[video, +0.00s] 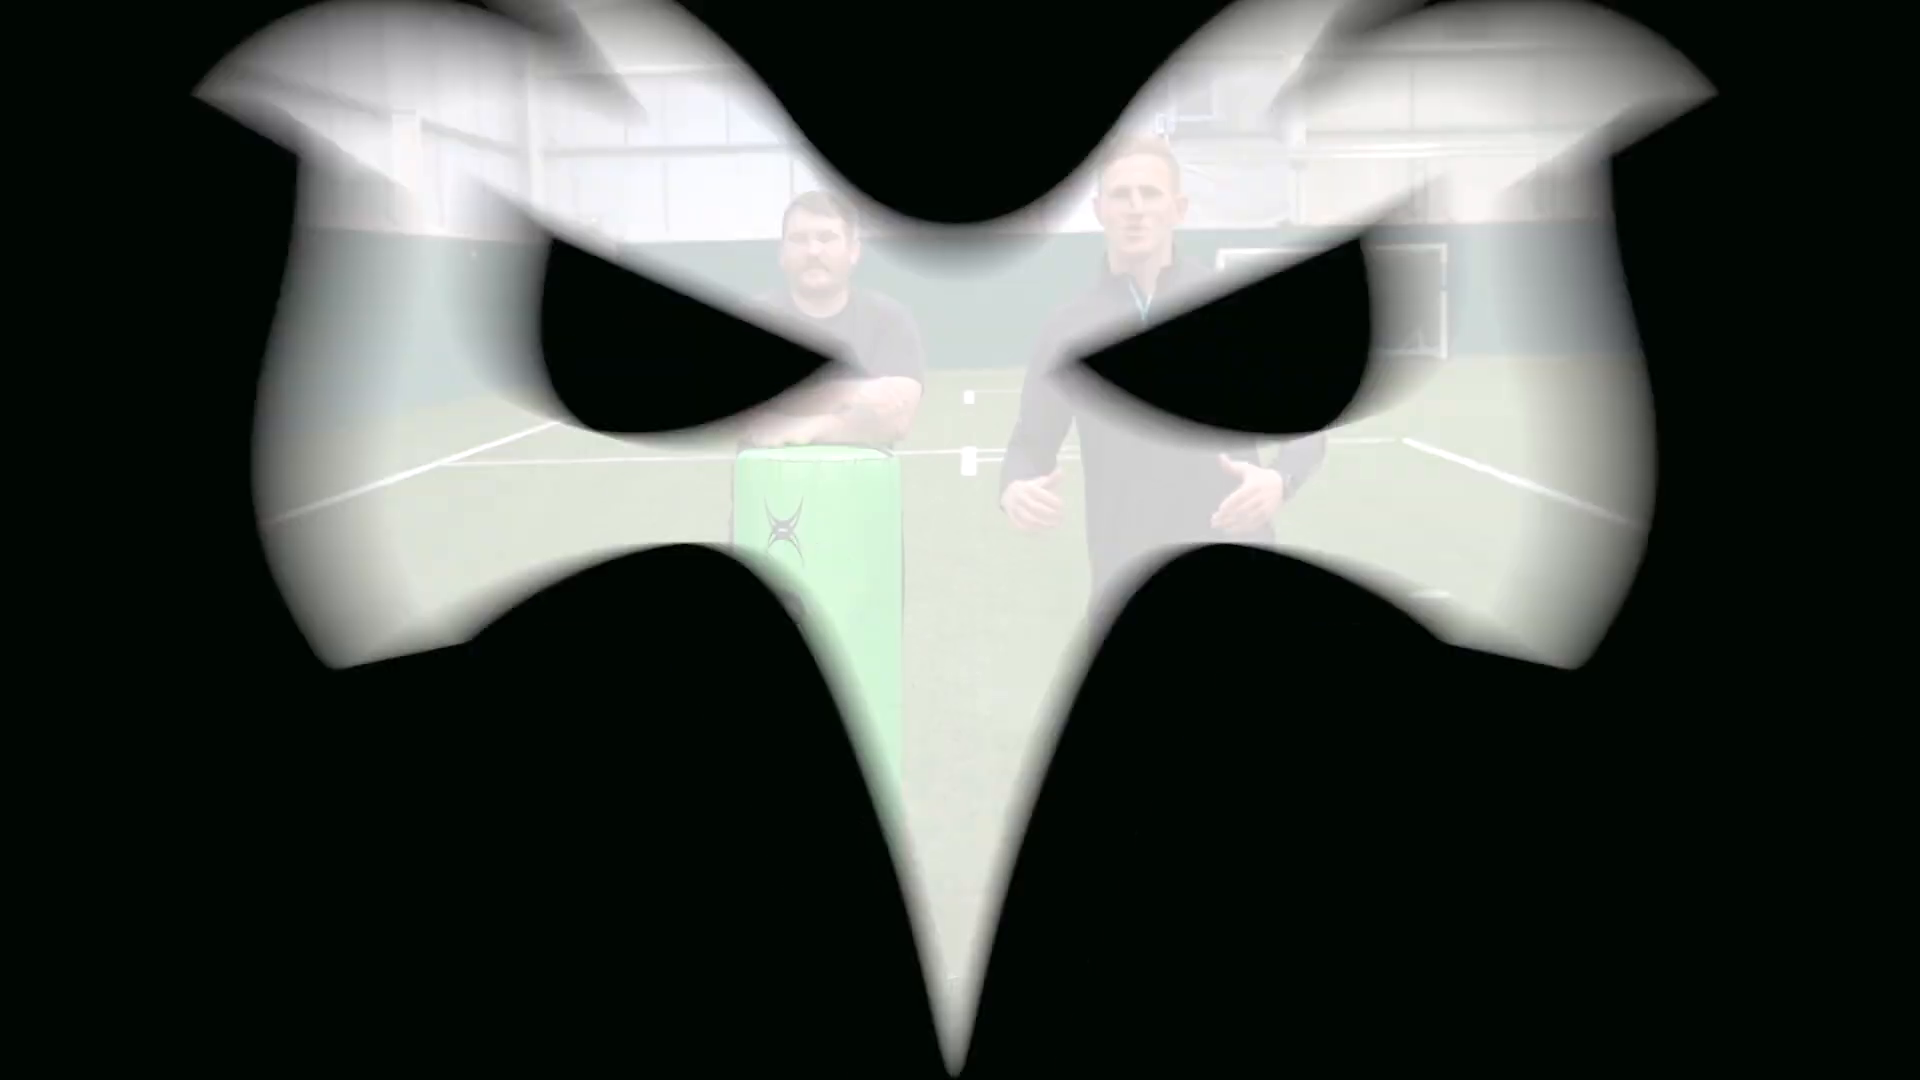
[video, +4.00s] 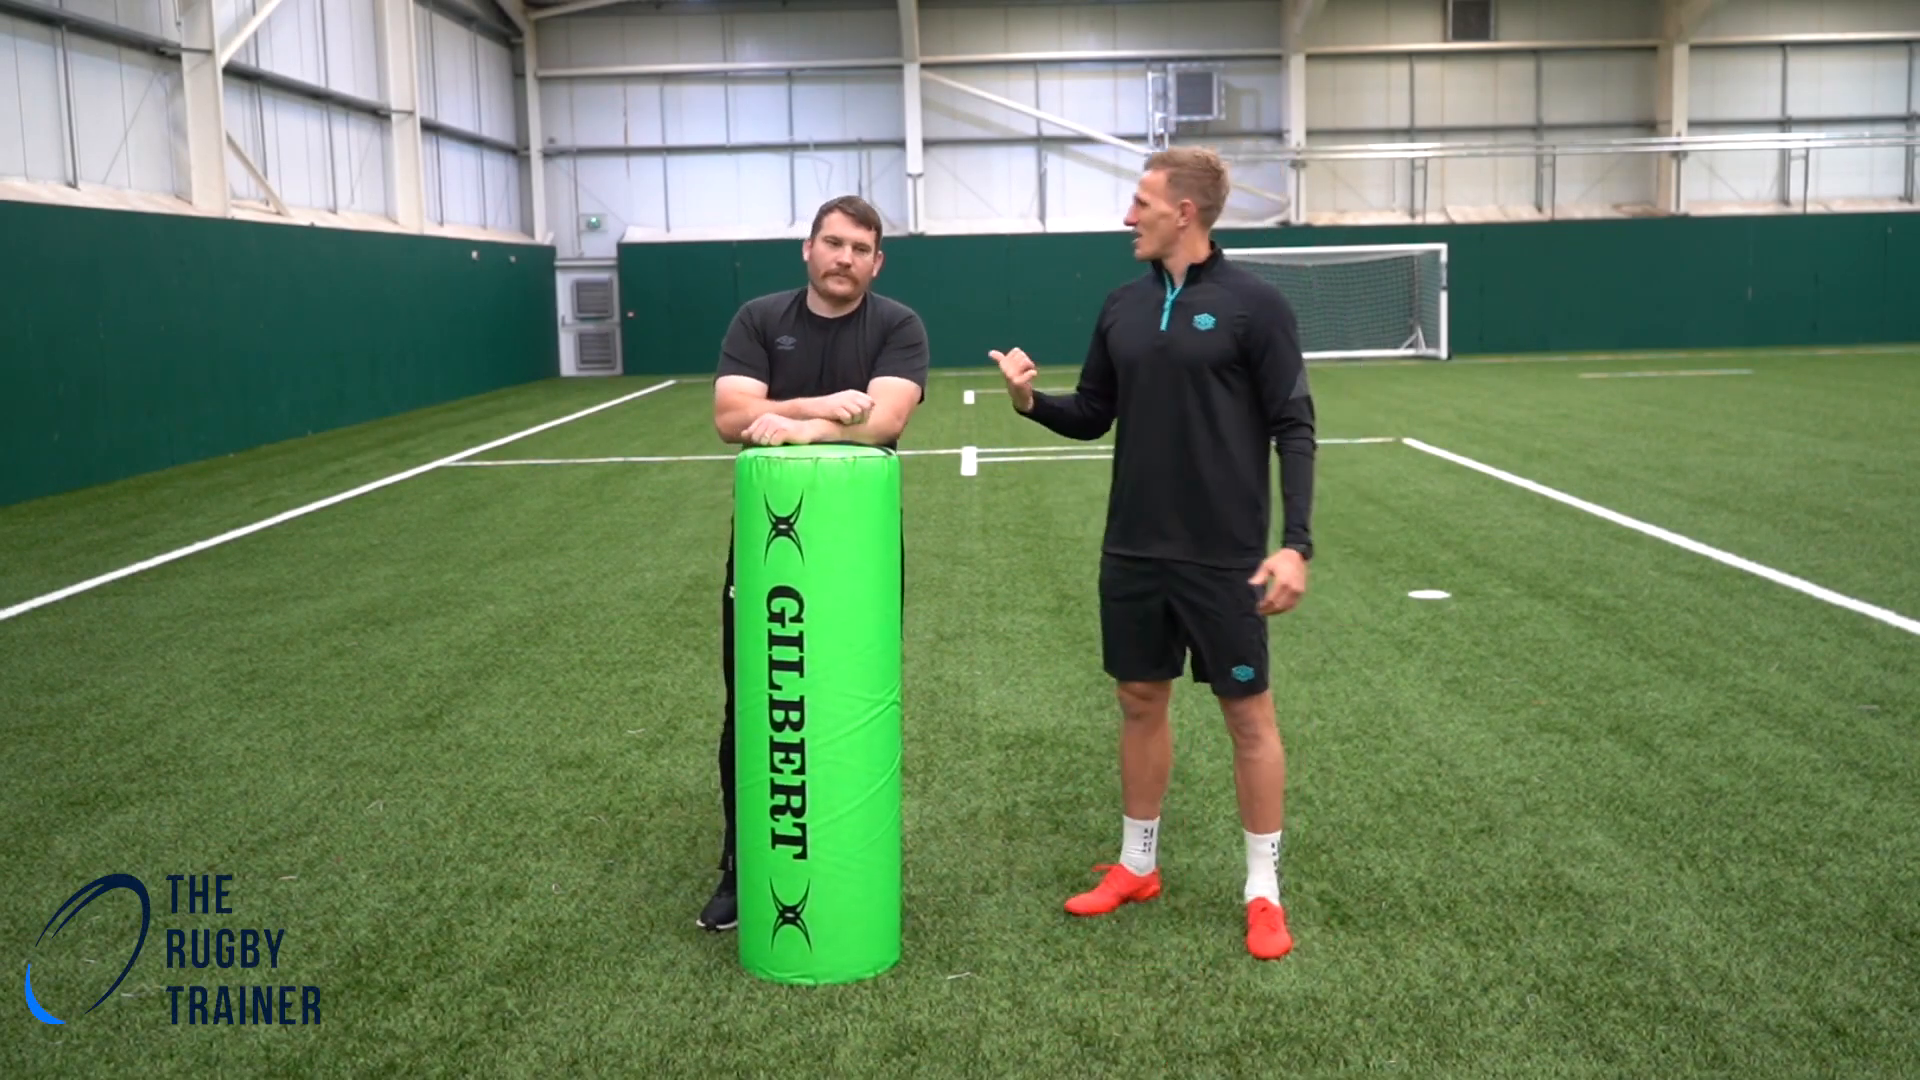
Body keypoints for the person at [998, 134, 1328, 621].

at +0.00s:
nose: (1135, 209)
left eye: (1150, 193)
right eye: (1120, 194)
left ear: (1180, 207)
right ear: (1099, 208)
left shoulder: (1228, 308)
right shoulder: (1076, 323)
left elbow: (1308, 420)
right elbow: (1035, 436)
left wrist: (1280, 477)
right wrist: (1019, 484)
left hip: (1229, 554)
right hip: (1124, 559)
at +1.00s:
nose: (1189, 192)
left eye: (1209, 176)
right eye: (1174, 174)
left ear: (1242, 193)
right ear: (1151, 188)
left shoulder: (1284, 315)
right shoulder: (1104, 304)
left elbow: (1287, 472)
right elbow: (1044, 438)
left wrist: (1136, 465)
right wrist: (1051, 439)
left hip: (1219, 614)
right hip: (1108, 602)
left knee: (1211, 827)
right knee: (1095, 790)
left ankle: (1204, 1031)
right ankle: (1121, 959)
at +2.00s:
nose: (1112, 216)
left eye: (1130, 199)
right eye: (1104, 200)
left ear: (1181, 205)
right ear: (1104, 211)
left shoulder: (1236, 317)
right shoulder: (1108, 313)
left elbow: (1263, 472)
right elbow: (1062, 406)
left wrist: (1209, 605)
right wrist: (937, 407)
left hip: (1201, 601)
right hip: (1119, 594)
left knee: (1208, 806)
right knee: (1152, 776)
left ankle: (1206, 1030)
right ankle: (1176, 962)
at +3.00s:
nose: (1190, 209)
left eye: (1205, 195)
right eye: (1178, 198)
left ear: (1238, 208)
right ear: (1161, 214)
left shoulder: (1290, 308)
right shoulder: (1133, 322)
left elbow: (1336, 434)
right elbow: (1109, 439)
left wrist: (1238, 463)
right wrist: (1146, 476)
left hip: (1267, 568)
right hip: (1169, 570)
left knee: (1270, 740)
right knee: (1176, 746)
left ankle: (1269, 894)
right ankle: (1178, 953)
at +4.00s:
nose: (1129, 215)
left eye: (1142, 203)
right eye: (1133, 201)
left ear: (1188, 213)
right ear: (1170, 212)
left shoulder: (1256, 305)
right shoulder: (1125, 302)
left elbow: (1294, 429)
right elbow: (1090, 416)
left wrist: (1297, 544)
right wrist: (1031, 398)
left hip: (1223, 552)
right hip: (1135, 546)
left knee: (1249, 717)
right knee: (1138, 701)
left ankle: (1263, 889)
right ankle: (1137, 866)